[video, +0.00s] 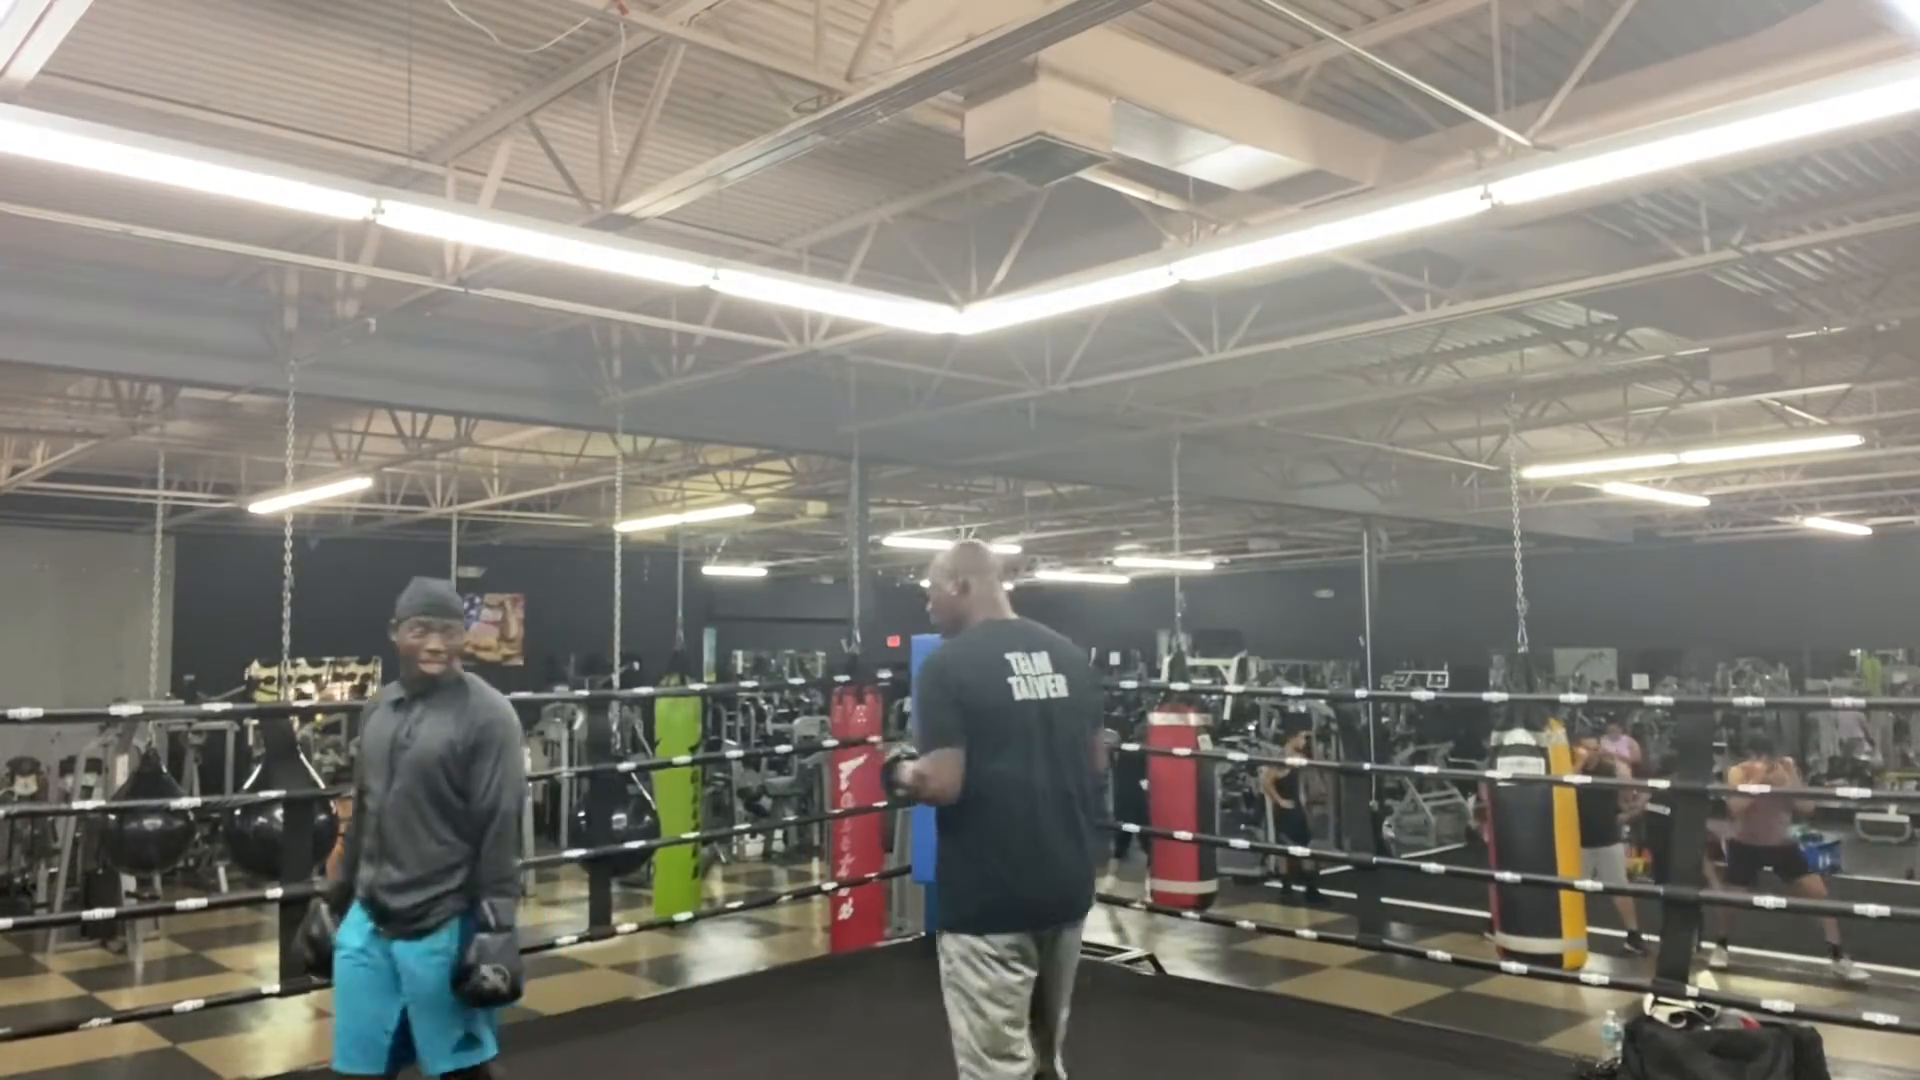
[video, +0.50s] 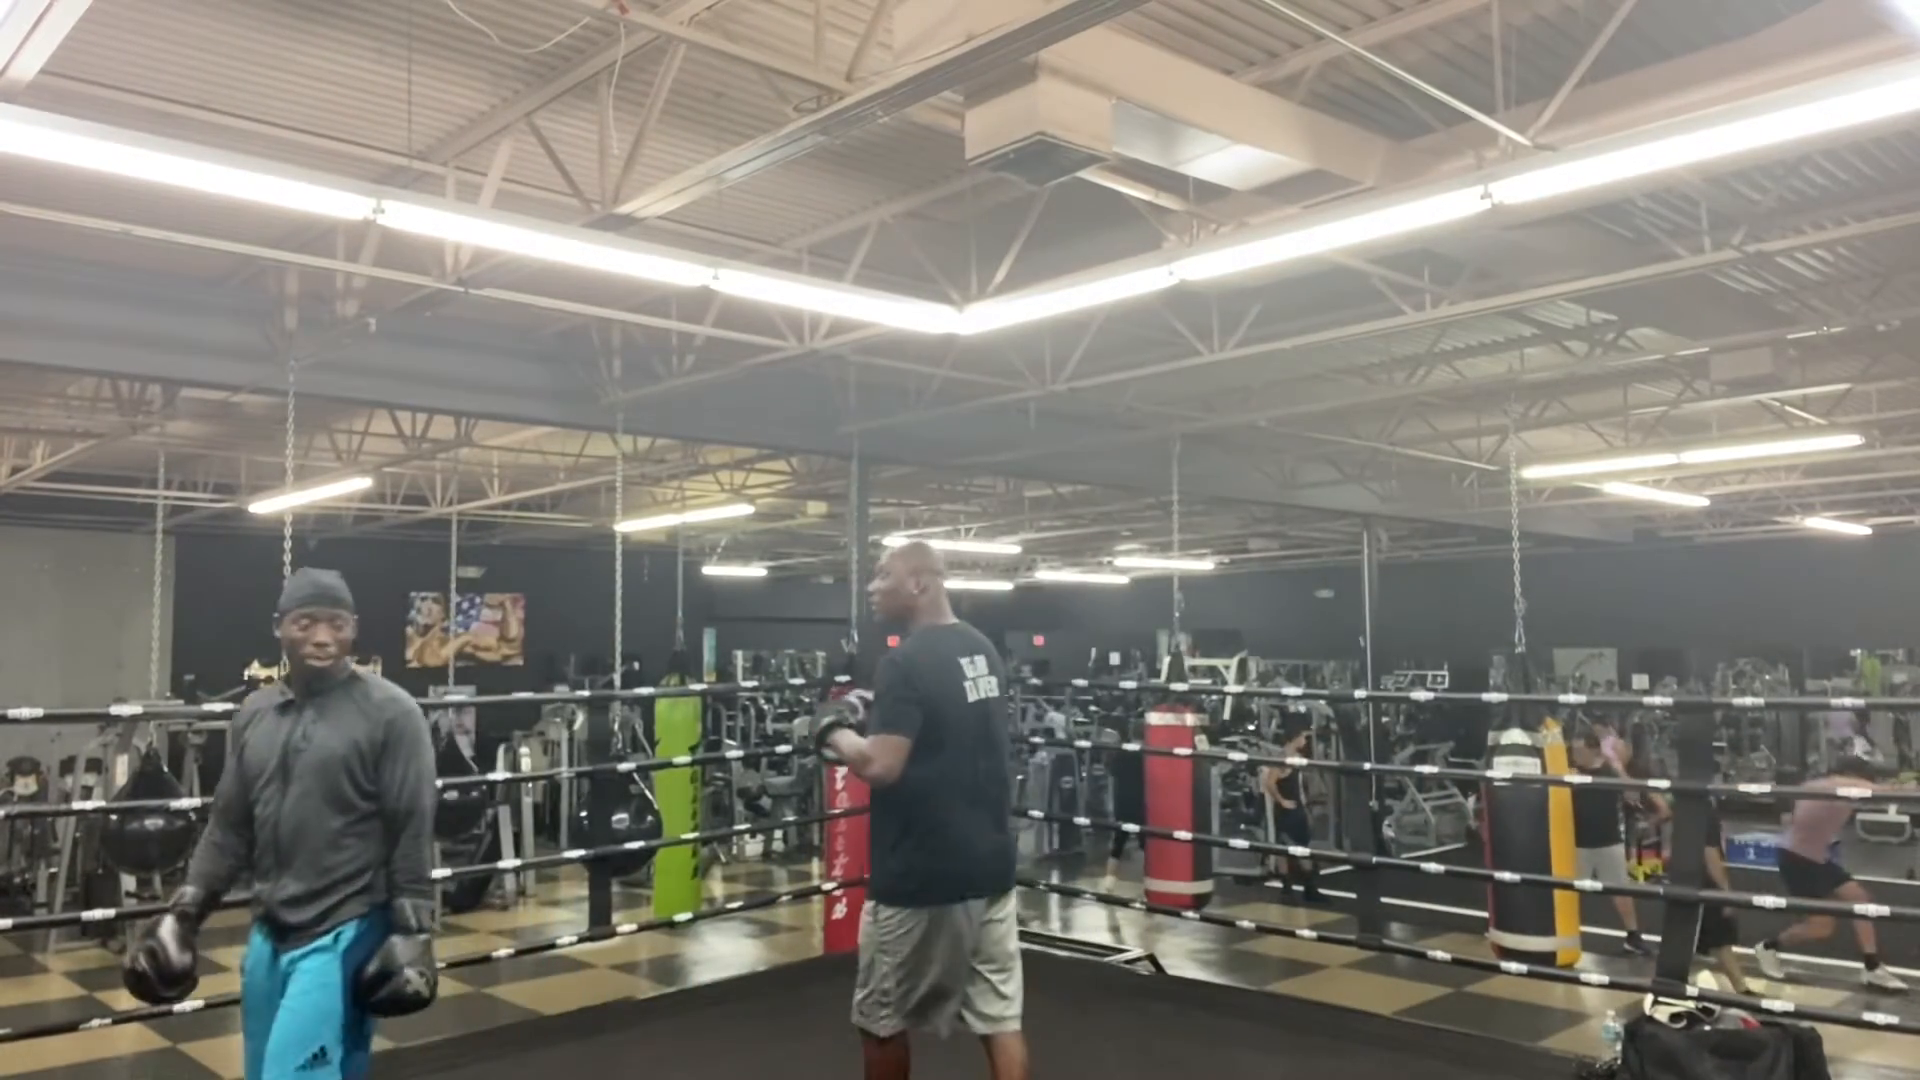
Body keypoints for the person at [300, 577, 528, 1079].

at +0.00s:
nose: (435, 645)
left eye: (447, 631)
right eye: (421, 630)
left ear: (463, 638)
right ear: (395, 635)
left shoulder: (490, 716)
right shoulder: (379, 709)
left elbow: (500, 829)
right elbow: (363, 814)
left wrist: (497, 930)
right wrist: (333, 900)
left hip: (445, 926)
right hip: (368, 921)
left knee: (461, 1067)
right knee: (357, 1067)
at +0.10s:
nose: (405, 640)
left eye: (417, 626)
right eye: (391, 626)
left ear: (433, 633)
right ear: (365, 632)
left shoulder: (467, 709)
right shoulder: (346, 709)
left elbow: (494, 815)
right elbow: (328, 814)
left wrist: (496, 918)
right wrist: (296, 909)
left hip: (424, 915)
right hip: (343, 913)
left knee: (417, 1064)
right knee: (334, 1064)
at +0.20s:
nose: (384, 638)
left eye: (395, 624)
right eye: (368, 624)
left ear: (411, 631)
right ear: (340, 632)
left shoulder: (447, 711)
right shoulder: (316, 715)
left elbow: (479, 812)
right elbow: (293, 824)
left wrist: (484, 916)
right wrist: (264, 921)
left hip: (400, 925)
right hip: (320, 921)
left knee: (372, 1067)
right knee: (306, 1067)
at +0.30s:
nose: (363, 635)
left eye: (374, 621)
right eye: (346, 621)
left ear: (389, 628)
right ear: (318, 629)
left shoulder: (425, 708)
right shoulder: (293, 712)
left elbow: (453, 815)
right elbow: (266, 821)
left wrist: (463, 918)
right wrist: (228, 920)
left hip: (380, 921)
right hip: (301, 920)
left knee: (329, 1067)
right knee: (287, 1068)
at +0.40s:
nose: (347, 634)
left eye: (360, 620)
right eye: (331, 620)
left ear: (375, 627)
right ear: (304, 628)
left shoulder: (412, 708)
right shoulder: (278, 714)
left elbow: (436, 819)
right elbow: (250, 822)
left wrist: (444, 920)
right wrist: (208, 915)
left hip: (368, 919)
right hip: (290, 921)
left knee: (309, 1067)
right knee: (275, 1068)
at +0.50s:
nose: (321, 636)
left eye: (335, 623)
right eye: (305, 622)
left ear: (352, 630)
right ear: (280, 630)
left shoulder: (391, 712)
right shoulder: (255, 714)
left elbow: (413, 830)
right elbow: (227, 827)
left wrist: (413, 933)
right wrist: (182, 915)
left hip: (346, 928)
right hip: (270, 929)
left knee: (291, 1068)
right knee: (262, 1068)